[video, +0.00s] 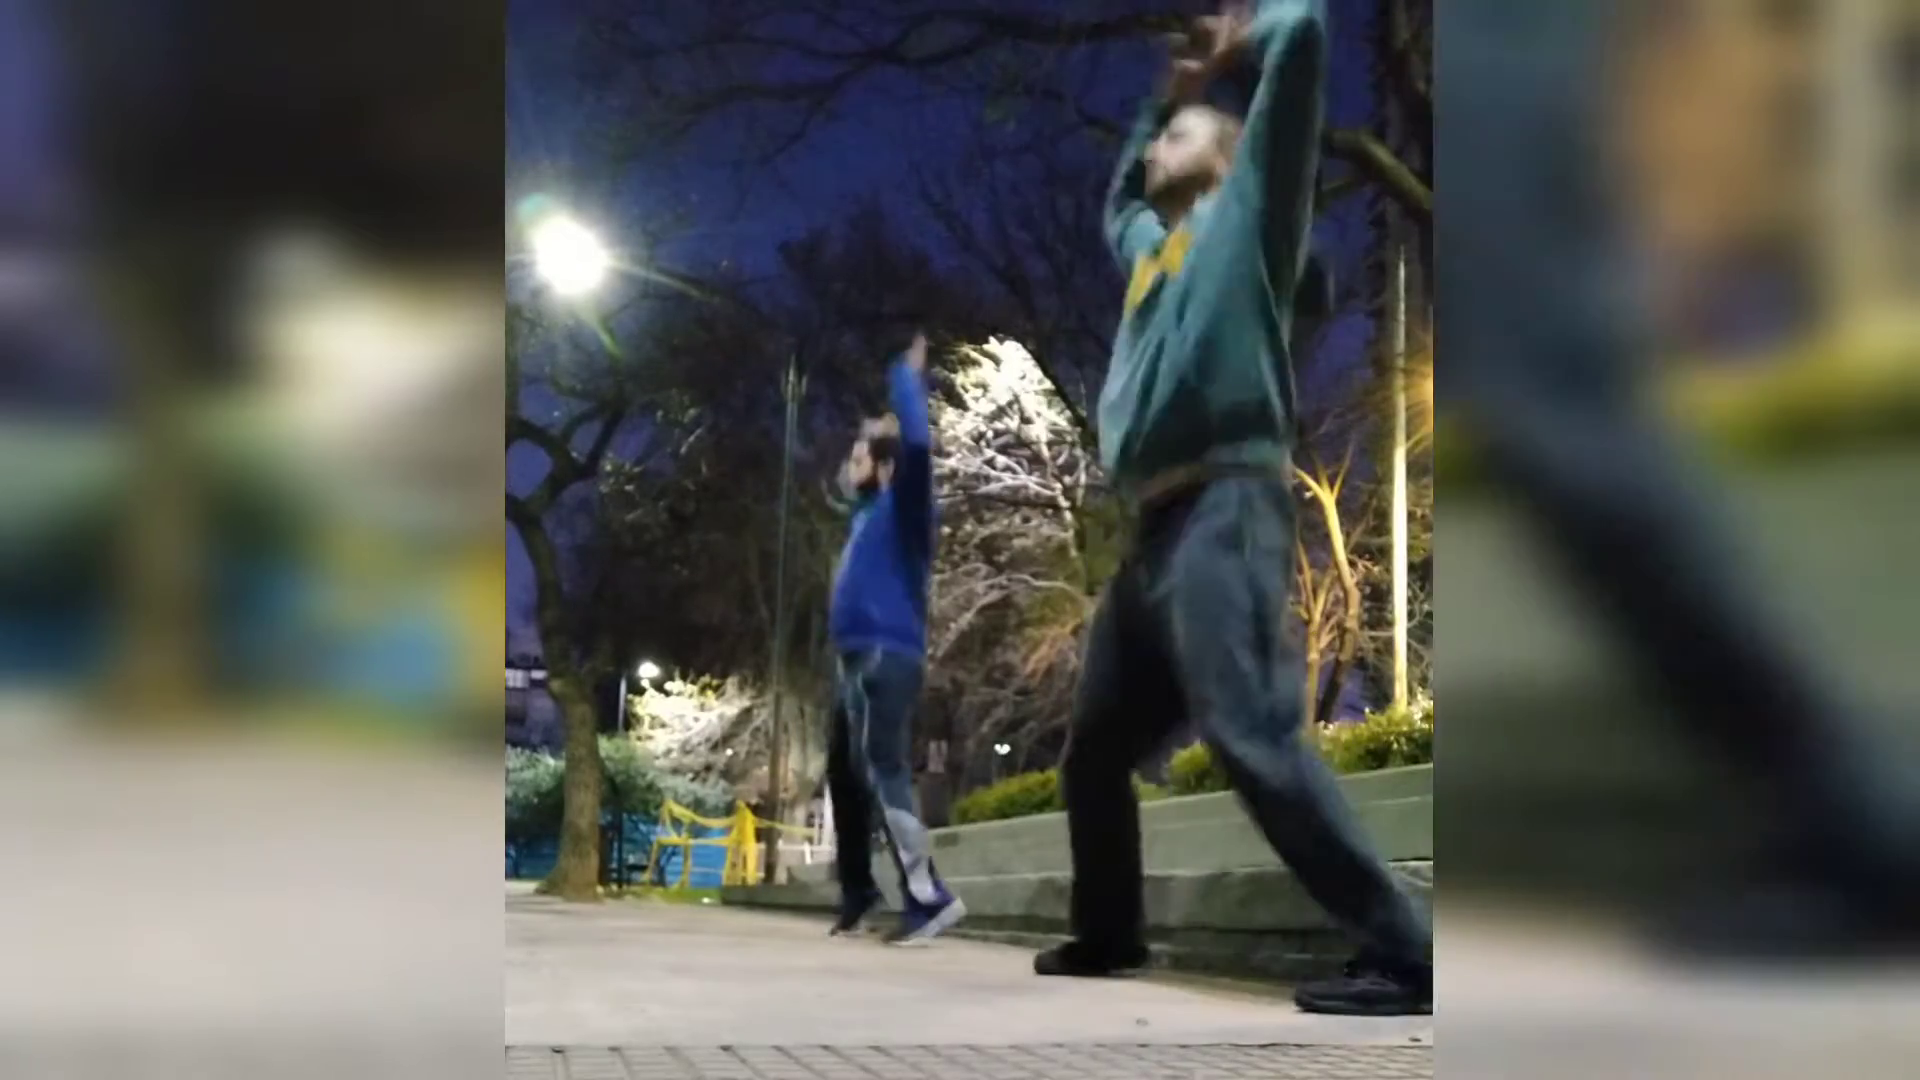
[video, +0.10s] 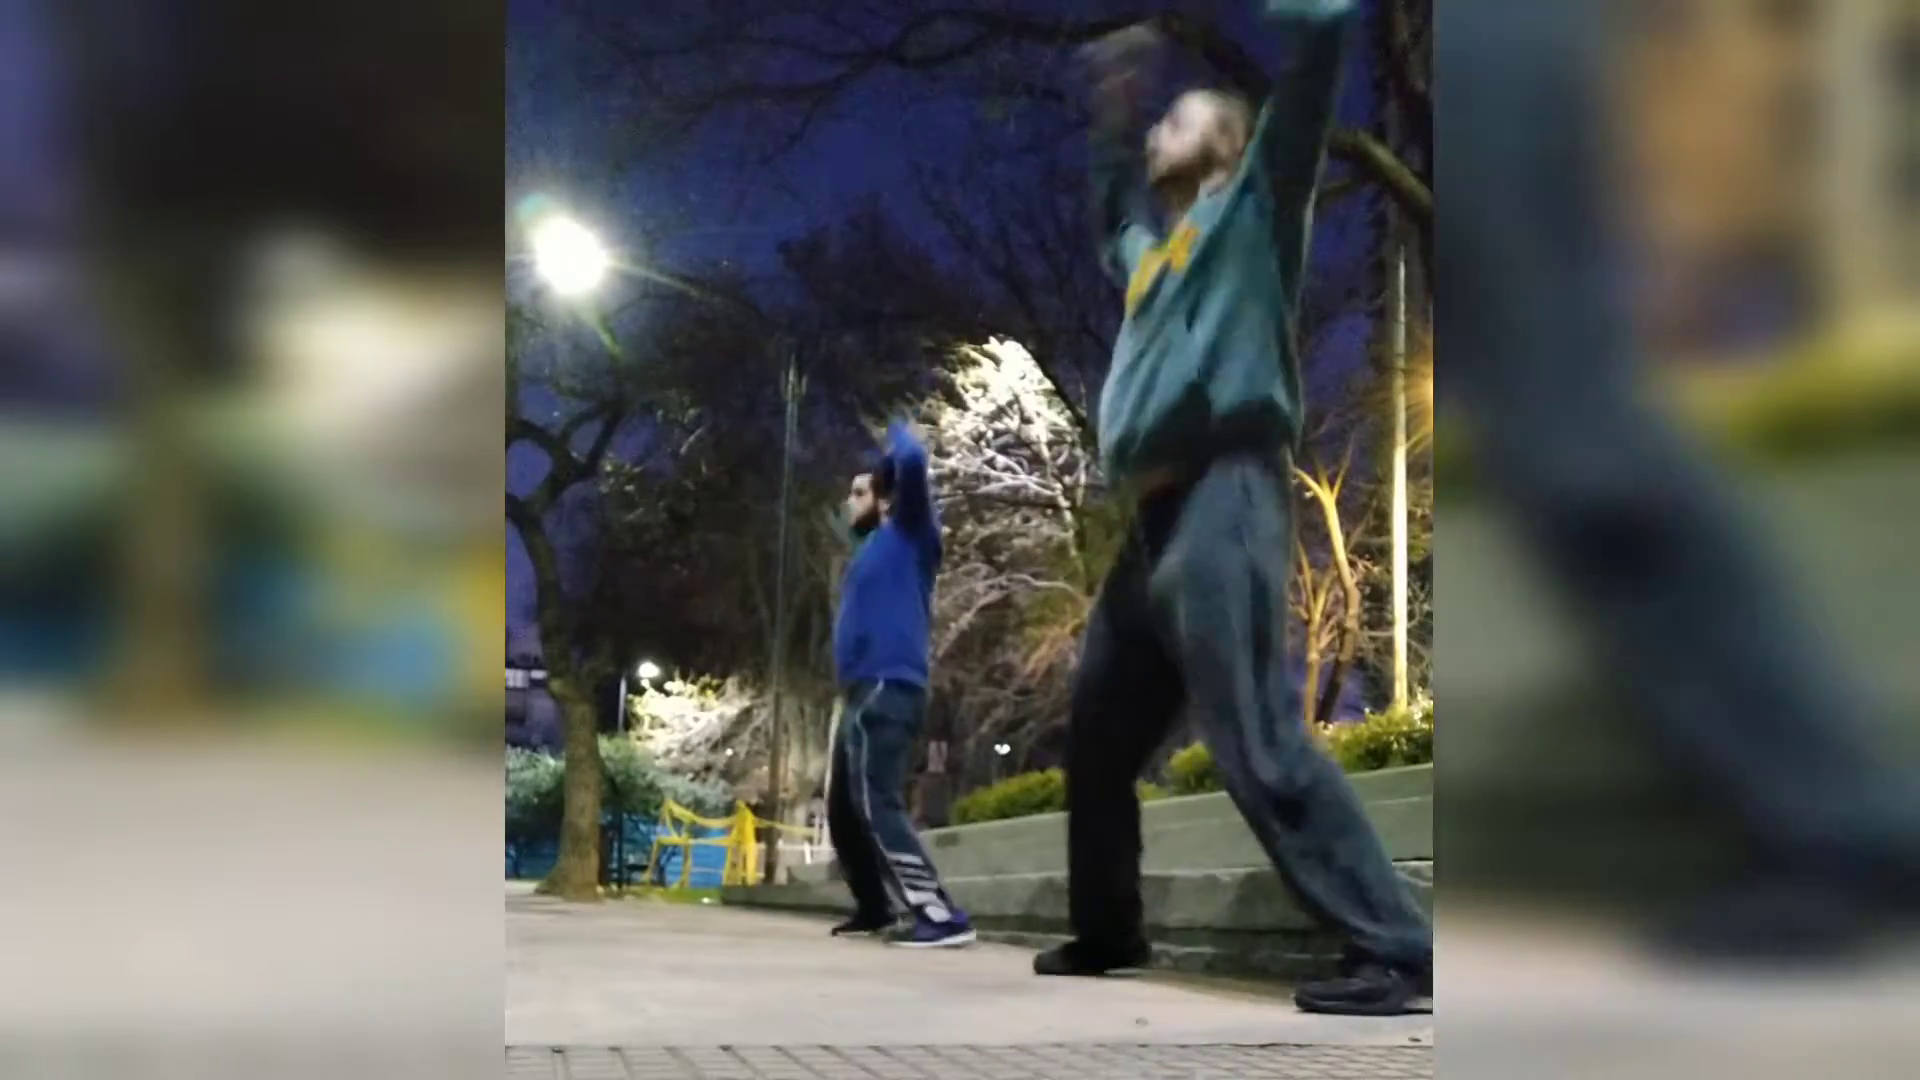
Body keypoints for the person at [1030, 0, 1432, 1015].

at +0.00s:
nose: (1161, 143)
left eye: (1184, 128)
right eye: (1159, 132)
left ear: (1231, 145)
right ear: (1168, 164)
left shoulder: (1254, 208)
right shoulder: (1148, 242)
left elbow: (1301, 32)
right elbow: (1122, 194)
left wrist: (1242, 36)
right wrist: (1172, 91)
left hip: (1229, 503)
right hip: (1156, 525)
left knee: (1250, 736)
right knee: (1095, 751)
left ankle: (1399, 956)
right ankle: (1106, 940)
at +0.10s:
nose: (1160, 125)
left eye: (1182, 112)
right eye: (1159, 118)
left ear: (1229, 131)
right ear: (1167, 155)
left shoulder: (1261, 195)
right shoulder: (1147, 249)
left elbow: (1322, 35)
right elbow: (1116, 211)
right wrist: (1117, 116)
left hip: (1230, 486)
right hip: (1156, 510)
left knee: (1256, 741)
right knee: (1097, 737)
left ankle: (1395, 953)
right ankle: (1105, 937)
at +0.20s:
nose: (1162, 85)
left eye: (1184, 75)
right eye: (1164, 77)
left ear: (1235, 99)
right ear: (1169, 111)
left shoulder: (1260, 158)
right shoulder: (1153, 224)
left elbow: (1343, 56)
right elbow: (1105, 270)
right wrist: (1043, 201)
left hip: (1227, 442)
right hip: (1155, 464)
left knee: (1259, 693)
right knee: (1114, 704)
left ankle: (1366, 937)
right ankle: (1106, 913)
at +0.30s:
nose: (1150, 72)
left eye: (1172, 58)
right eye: (1151, 62)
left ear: (1227, 80)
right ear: (1167, 95)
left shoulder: (1244, 151)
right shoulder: (1160, 202)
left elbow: (1338, 184)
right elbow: (1146, 353)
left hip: (1223, 425)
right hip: (1156, 446)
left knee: (1225, 656)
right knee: (1121, 676)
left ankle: (1286, 909)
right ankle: (1158, 906)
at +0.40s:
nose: (1143, 98)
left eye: (1165, 83)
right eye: (1146, 87)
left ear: (1217, 104)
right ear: (1163, 115)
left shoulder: (1260, 178)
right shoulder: (1161, 219)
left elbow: (1337, 297)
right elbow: (1150, 358)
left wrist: (1279, 363)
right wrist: (1105, 467)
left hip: (1220, 470)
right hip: (1146, 482)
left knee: (1209, 689)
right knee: (1126, 704)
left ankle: (1250, 944)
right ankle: (1180, 935)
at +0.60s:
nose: (1151, 97)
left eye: (1173, 82)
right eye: (1154, 85)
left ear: (1227, 101)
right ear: (1180, 115)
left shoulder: (1268, 176)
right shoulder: (1177, 218)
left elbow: (1320, 286)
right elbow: (1165, 357)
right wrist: (1135, 459)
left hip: (1224, 461)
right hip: (1159, 478)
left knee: (1211, 694)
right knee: (1141, 702)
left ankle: (1248, 939)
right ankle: (1182, 932)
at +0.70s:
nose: (1164, 75)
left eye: (1189, 60)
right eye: (1165, 64)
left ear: (1245, 81)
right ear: (1181, 101)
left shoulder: (1269, 161)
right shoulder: (1174, 215)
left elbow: (1329, 83)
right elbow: (1140, 332)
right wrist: (1049, 283)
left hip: (1232, 427)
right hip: (1161, 449)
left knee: (1252, 665)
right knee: (1149, 685)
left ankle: (1314, 904)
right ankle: (1154, 907)